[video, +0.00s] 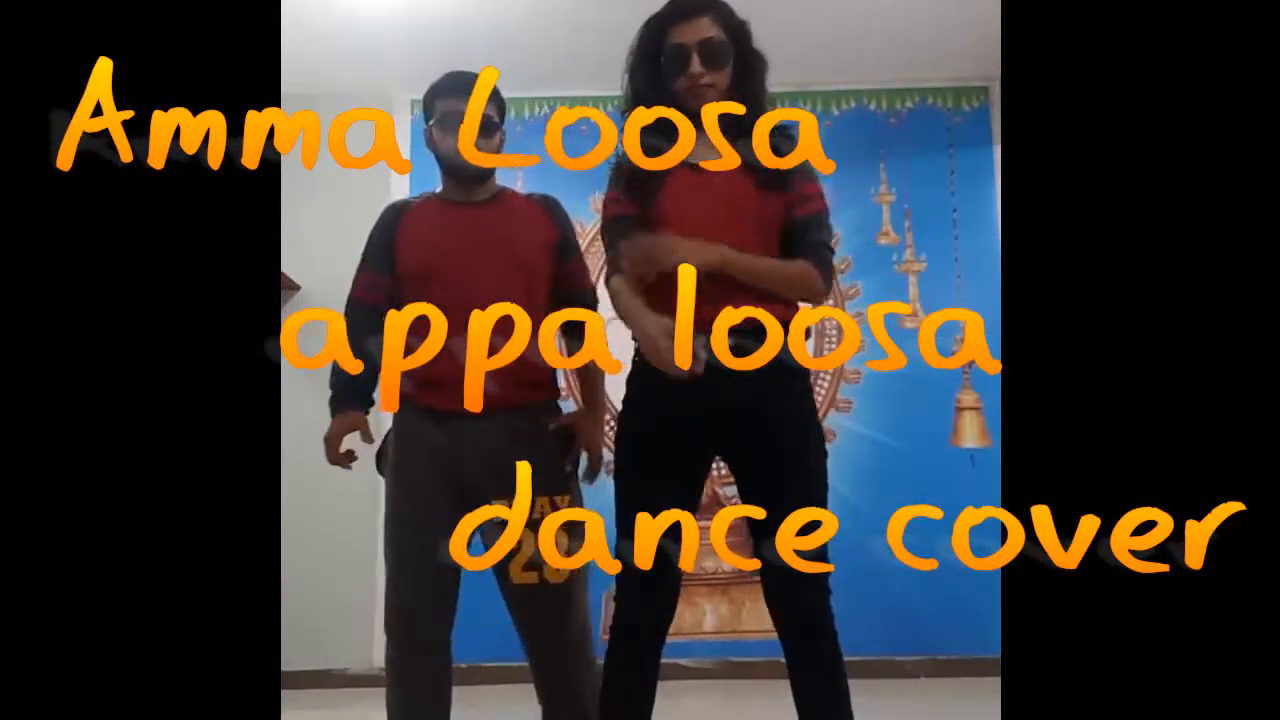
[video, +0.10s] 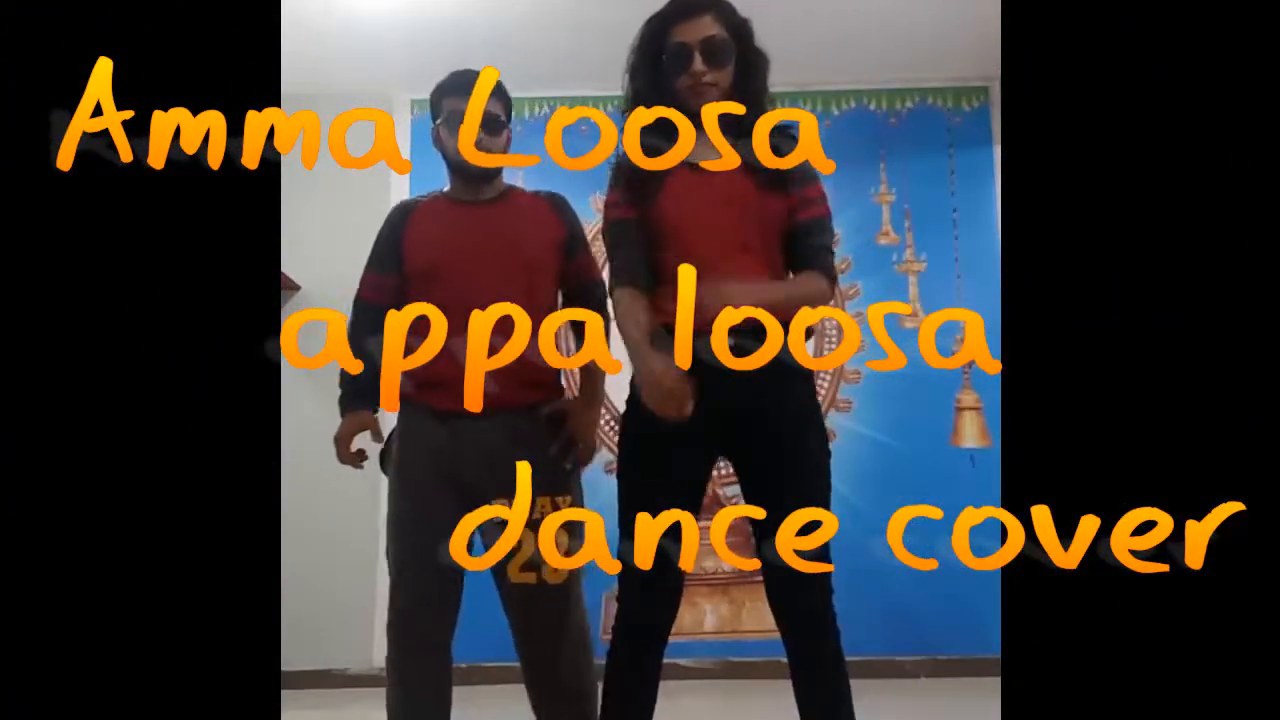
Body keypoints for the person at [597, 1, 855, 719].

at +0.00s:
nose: (696, 68)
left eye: (712, 52)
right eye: (677, 57)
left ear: (741, 61)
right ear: (655, 72)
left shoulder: (781, 149)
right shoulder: (641, 152)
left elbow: (816, 280)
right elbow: (621, 265)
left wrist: (697, 254)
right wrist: (644, 322)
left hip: (770, 390)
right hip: (665, 388)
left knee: (801, 597)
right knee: (644, 597)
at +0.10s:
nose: (698, 67)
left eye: (714, 51)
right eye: (679, 56)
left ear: (743, 61)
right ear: (656, 72)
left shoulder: (783, 152)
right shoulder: (639, 161)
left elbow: (820, 284)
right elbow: (626, 278)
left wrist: (724, 295)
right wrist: (645, 360)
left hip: (772, 387)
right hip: (670, 385)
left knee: (804, 596)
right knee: (647, 597)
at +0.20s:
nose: (702, 65)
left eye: (718, 49)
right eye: (683, 54)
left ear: (747, 58)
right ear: (662, 69)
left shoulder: (784, 148)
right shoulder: (644, 157)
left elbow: (818, 272)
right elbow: (628, 289)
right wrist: (613, 414)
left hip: (782, 389)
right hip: (676, 389)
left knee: (807, 595)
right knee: (650, 599)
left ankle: (834, 718)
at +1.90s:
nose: (635, 61)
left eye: (653, 42)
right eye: (634, 46)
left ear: (709, 47)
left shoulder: (778, 137)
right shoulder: (636, 148)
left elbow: (820, 272)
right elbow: (615, 285)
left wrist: (909, 347)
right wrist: (582, 301)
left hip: (765, 387)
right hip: (658, 388)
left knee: (818, 599)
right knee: (636, 602)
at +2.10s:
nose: (672, 53)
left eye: (690, 35)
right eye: (657, 45)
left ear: (731, 42)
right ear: (647, 66)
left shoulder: (786, 135)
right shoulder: (649, 152)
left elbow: (846, 272)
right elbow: (630, 304)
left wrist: (957, 249)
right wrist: (567, 257)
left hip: (796, 388)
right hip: (686, 391)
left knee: (822, 601)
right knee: (653, 605)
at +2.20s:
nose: (694, 48)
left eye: (711, 30)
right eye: (675, 39)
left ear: (744, 44)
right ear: (659, 62)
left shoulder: (790, 132)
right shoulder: (655, 150)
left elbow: (868, 253)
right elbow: (632, 298)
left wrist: (953, 164)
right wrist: (560, 207)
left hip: (797, 388)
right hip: (689, 390)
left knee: (824, 598)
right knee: (643, 603)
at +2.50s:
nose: (710, 47)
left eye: (727, 32)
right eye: (691, 36)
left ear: (755, 47)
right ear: (670, 55)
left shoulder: (789, 134)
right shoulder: (659, 147)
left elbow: (888, 186)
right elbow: (617, 285)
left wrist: (885, 63)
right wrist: (562, 182)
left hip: (767, 380)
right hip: (664, 378)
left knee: (802, 592)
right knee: (637, 594)